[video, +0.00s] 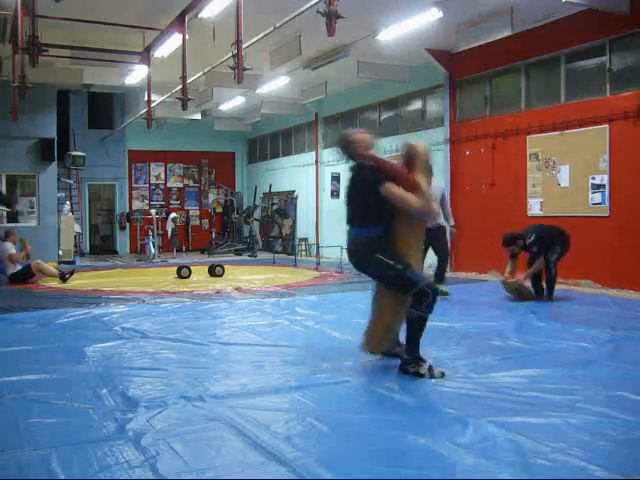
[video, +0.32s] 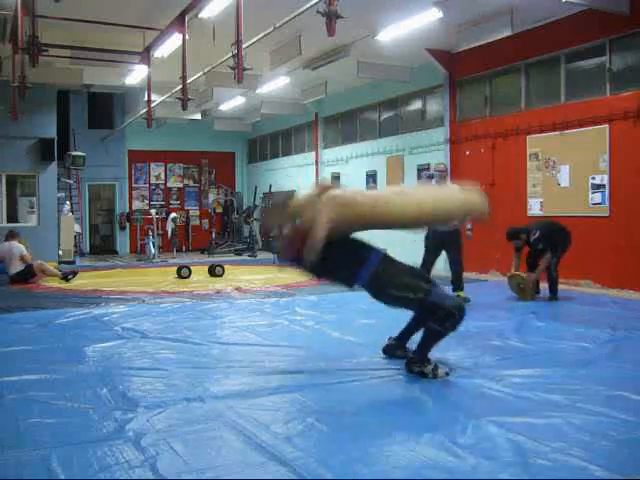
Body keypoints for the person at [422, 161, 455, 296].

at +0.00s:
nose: (426, 178)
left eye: (428, 175)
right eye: (423, 175)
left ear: (431, 175)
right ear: (418, 176)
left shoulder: (439, 189)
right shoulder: (416, 190)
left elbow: (445, 208)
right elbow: (412, 209)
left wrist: (451, 222)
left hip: (437, 226)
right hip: (421, 227)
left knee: (443, 256)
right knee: (418, 257)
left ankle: (438, 282)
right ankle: (415, 282)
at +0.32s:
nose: (440, 174)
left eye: (442, 171)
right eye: (437, 171)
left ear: (446, 173)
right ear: (434, 173)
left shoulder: (454, 190)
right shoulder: (429, 190)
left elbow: (464, 208)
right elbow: (423, 208)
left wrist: (467, 226)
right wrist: (425, 223)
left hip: (452, 229)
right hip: (434, 229)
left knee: (456, 264)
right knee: (427, 262)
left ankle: (458, 291)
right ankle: (420, 289)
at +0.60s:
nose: (452, 172)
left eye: (454, 168)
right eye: (449, 169)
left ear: (460, 170)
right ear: (445, 171)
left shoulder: (471, 185)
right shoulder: (442, 188)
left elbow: (481, 202)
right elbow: (437, 207)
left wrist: (486, 219)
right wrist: (437, 215)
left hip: (466, 225)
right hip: (450, 225)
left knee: (467, 258)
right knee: (454, 257)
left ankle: (460, 290)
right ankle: (448, 286)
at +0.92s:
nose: (461, 172)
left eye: (464, 169)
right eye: (459, 170)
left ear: (470, 170)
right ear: (456, 172)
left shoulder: (482, 185)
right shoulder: (453, 190)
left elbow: (494, 203)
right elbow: (448, 209)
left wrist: (498, 219)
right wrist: (447, 218)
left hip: (479, 226)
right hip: (462, 226)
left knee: (475, 261)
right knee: (470, 261)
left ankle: (460, 290)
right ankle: (476, 293)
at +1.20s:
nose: (470, 171)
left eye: (473, 167)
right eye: (467, 168)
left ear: (479, 168)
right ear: (464, 170)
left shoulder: (492, 183)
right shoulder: (461, 190)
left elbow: (504, 202)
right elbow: (457, 213)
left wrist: (509, 221)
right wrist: (458, 218)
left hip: (492, 227)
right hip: (474, 227)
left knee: (500, 261)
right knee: (476, 263)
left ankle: (485, 284)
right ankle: (477, 295)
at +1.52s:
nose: (481, 170)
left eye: (484, 167)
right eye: (479, 167)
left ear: (492, 168)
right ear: (477, 170)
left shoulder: (505, 184)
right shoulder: (473, 189)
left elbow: (516, 203)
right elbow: (468, 212)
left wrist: (521, 222)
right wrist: (470, 218)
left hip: (505, 228)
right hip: (484, 229)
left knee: (515, 263)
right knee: (482, 266)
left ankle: (523, 294)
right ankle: (479, 296)